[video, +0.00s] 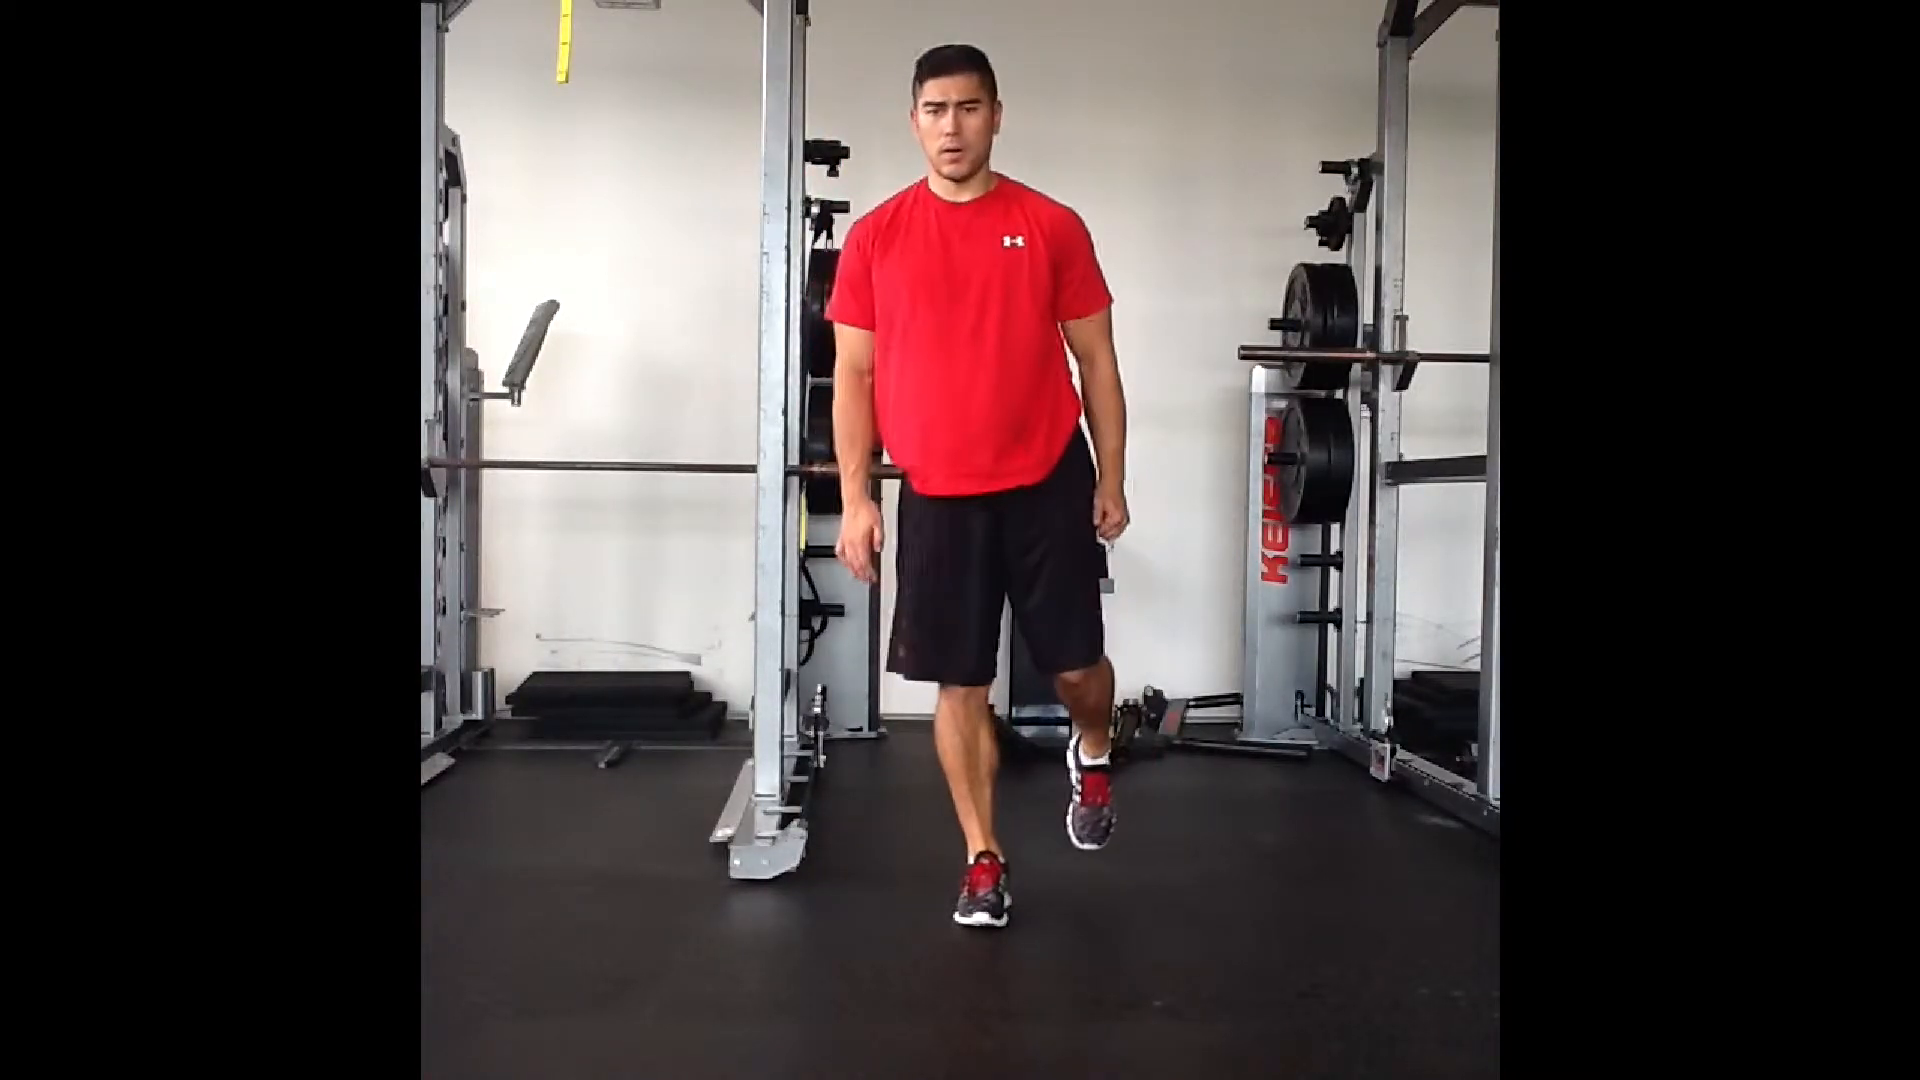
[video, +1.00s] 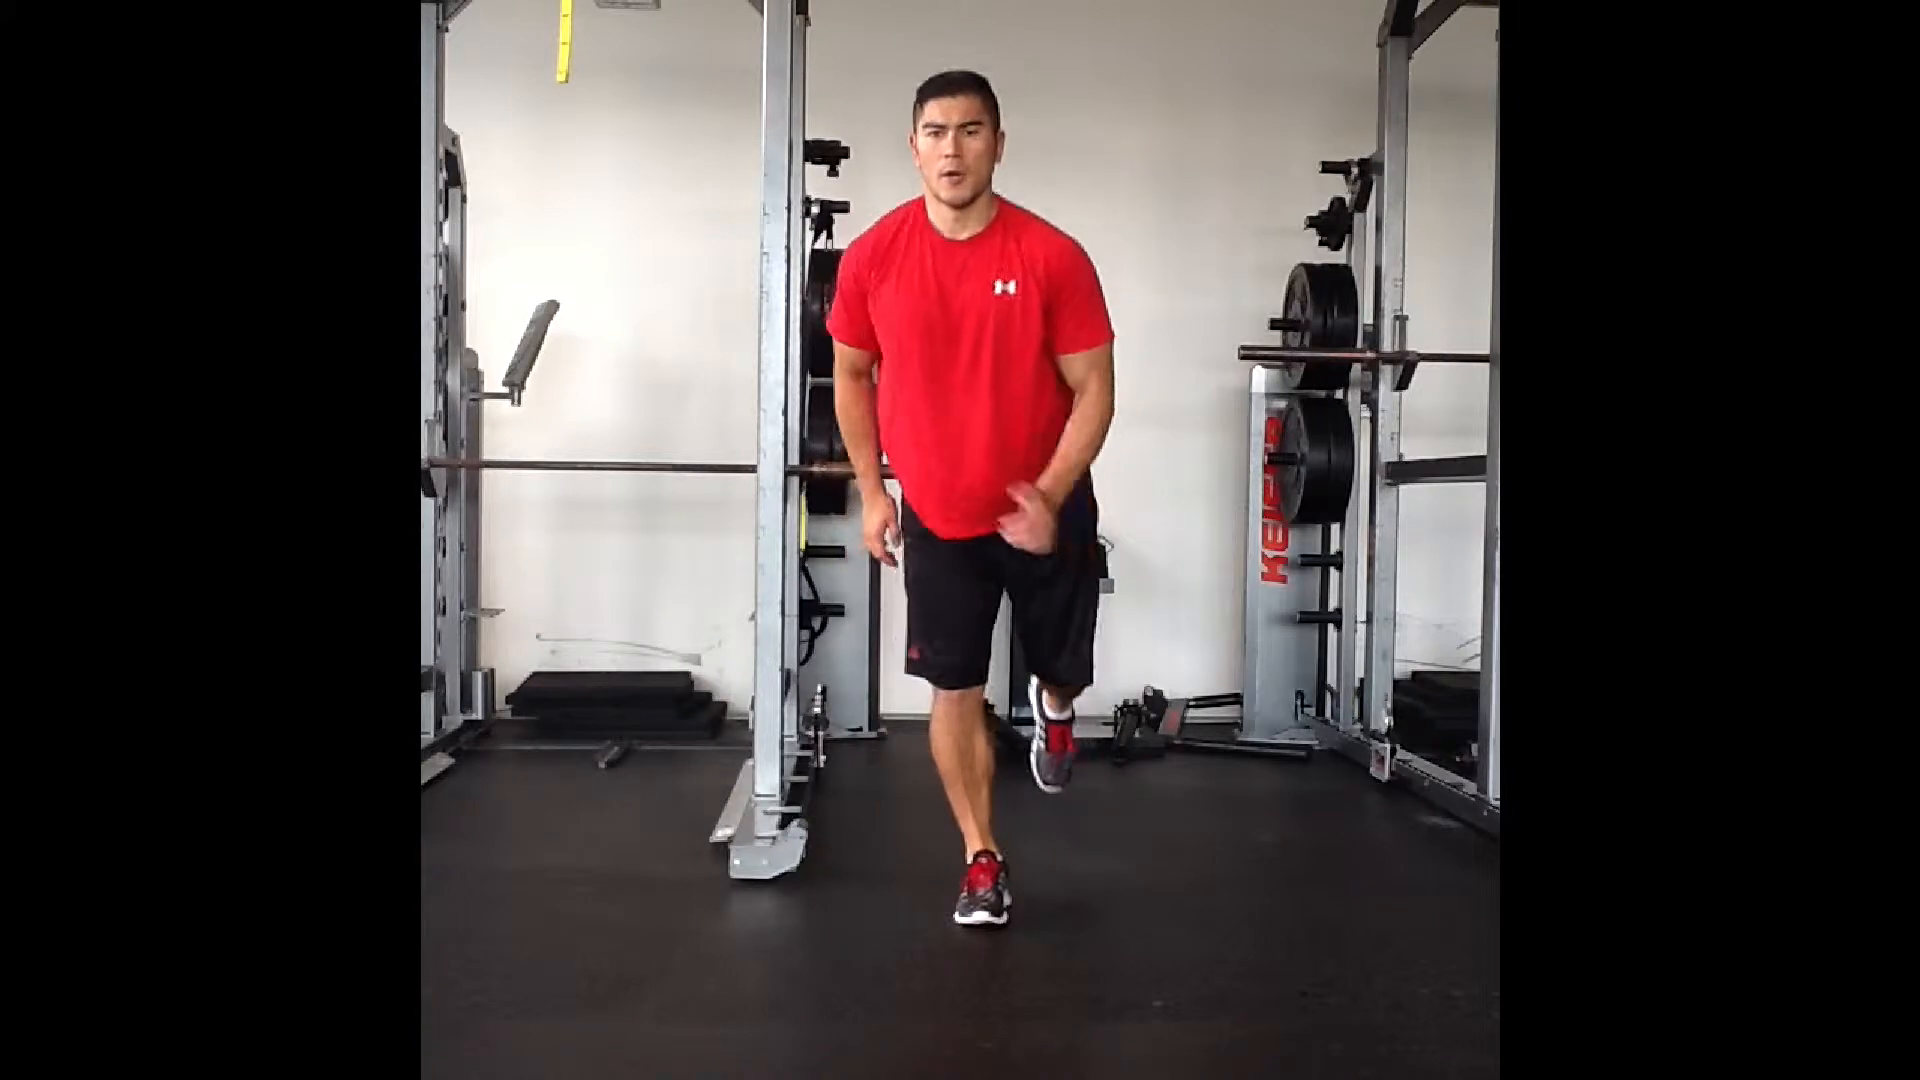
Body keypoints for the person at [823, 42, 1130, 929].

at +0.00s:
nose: (951, 125)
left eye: (968, 108)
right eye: (935, 109)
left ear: (996, 118)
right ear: (914, 122)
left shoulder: (1052, 227)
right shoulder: (873, 238)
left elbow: (1095, 355)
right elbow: (853, 374)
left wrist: (1111, 476)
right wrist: (856, 498)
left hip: (1046, 485)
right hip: (935, 496)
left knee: (1075, 668)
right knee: (957, 681)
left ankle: (1092, 760)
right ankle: (981, 859)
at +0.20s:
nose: (955, 122)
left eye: (972, 106)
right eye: (939, 106)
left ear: (999, 118)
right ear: (917, 120)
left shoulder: (1054, 229)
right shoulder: (875, 238)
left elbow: (1096, 358)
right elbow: (854, 376)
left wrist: (1114, 481)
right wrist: (861, 495)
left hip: (1046, 489)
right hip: (936, 500)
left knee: (1075, 669)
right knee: (960, 684)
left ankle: (1095, 762)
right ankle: (983, 859)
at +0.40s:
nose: (958, 121)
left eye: (975, 105)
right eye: (942, 106)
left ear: (1002, 119)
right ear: (919, 121)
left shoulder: (1056, 230)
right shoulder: (877, 238)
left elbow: (1097, 358)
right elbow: (854, 376)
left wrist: (1113, 481)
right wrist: (860, 494)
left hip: (1048, 488)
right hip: (937, 499)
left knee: (1073, 671)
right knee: (961, 684)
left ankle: (1088, 761)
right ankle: (984, 859)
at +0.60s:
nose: (956, 122)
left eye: (973, 105)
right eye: (940, 106)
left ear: (1000, 118)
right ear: (918, 121)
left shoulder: (1056, 230)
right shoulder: (875, 239)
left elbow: (1097, 357)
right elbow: (851, 373)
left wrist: (1106, 482)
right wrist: (857, 494)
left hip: (1048, 490)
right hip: (936, 500)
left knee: (1072, 673)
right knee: (957, 683)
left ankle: (1076, 762)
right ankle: (981, 859)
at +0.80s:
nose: (953, 124)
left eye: (969, 107)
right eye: (936, 108)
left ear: (997, 119)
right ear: (915, 122)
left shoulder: (1055, 232)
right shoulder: (871, 238)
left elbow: (1094, 364)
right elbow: (839, 371)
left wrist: (1098, 491)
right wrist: (856, 492)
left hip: (1047, 497)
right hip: (938, 505)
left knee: (1073, 678)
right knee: (958, 685)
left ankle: (1071, 752)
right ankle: (982, 859)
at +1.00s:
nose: (951, 147)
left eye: (969, 130)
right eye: (935, 131)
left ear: (997, 144)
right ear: (913, 146)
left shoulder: (1053, 259)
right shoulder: (870, 260)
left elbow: (1096, 390)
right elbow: (851, 374)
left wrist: (1051, 495)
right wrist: (871, 491)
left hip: (1047, 506)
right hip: (939, 514)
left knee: (1061, 662)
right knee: (953, 684)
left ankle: (1056, 718)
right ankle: (980, 858)